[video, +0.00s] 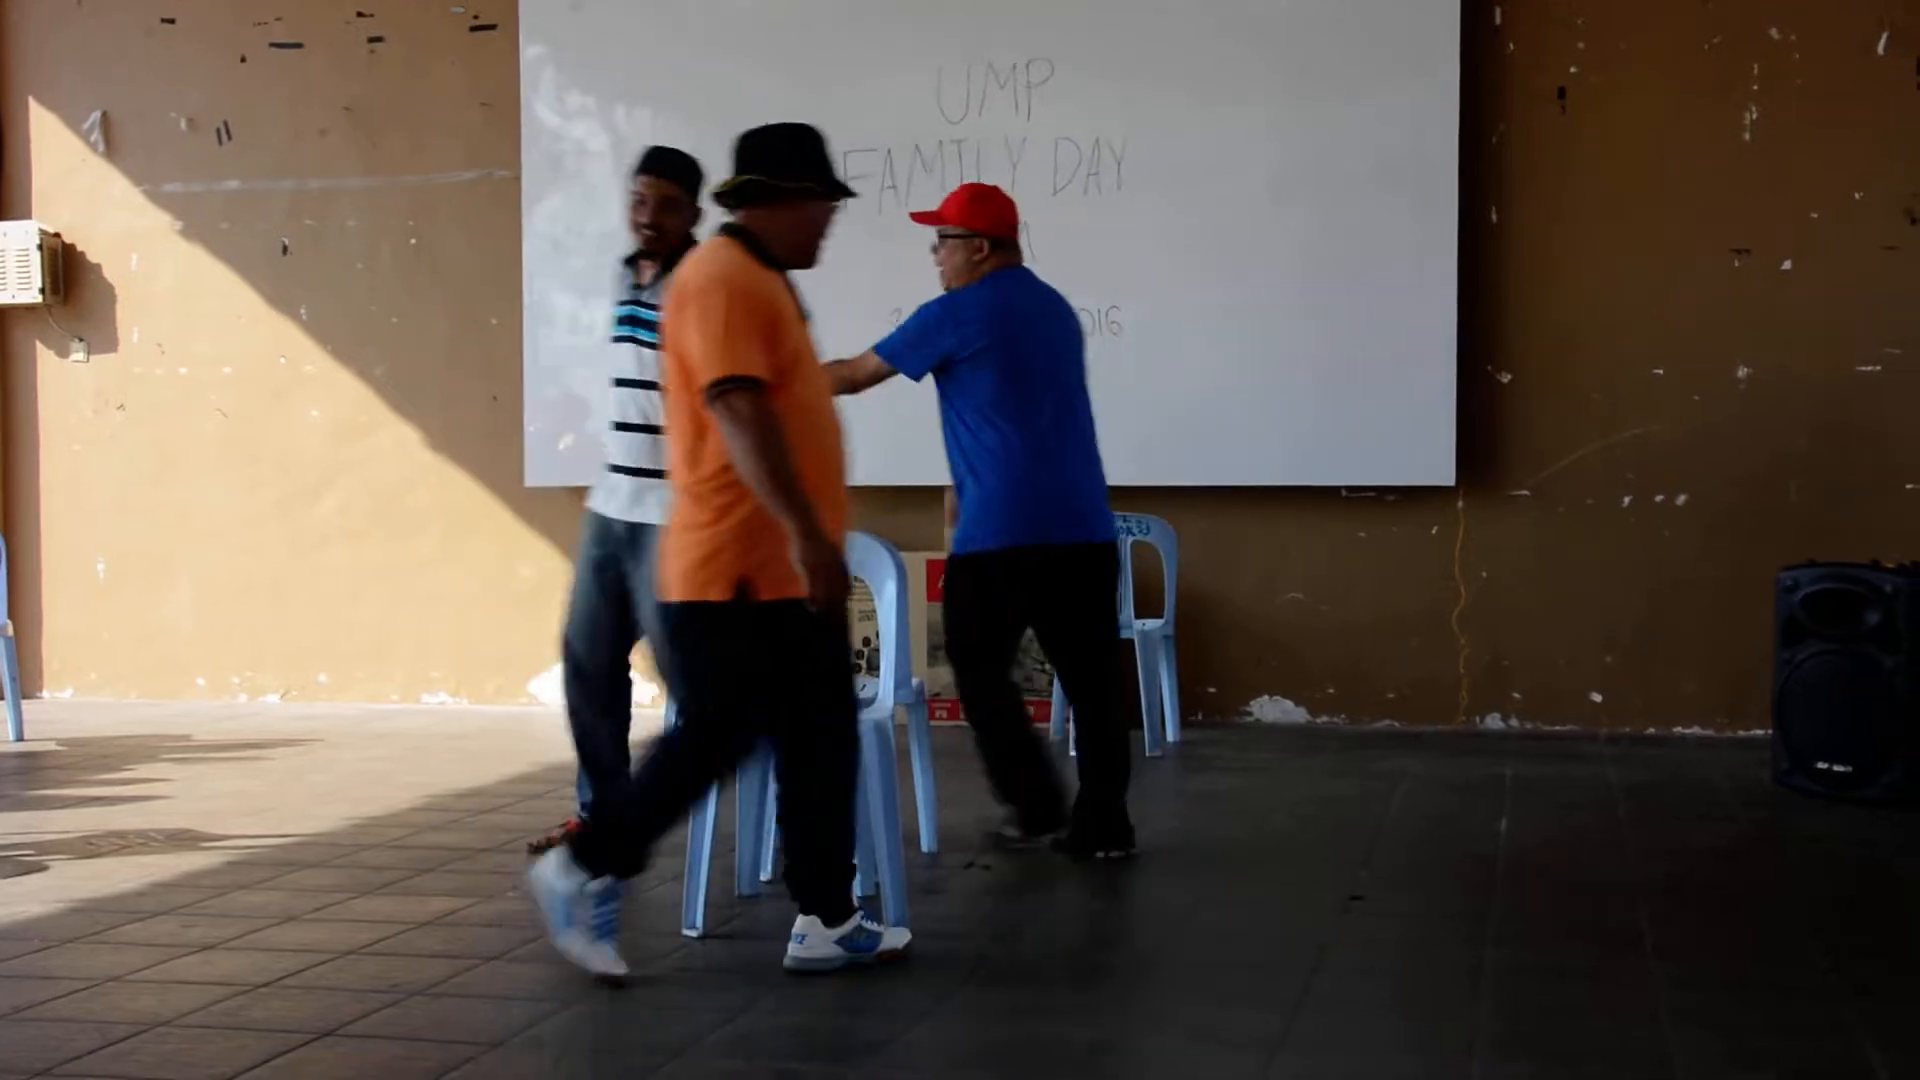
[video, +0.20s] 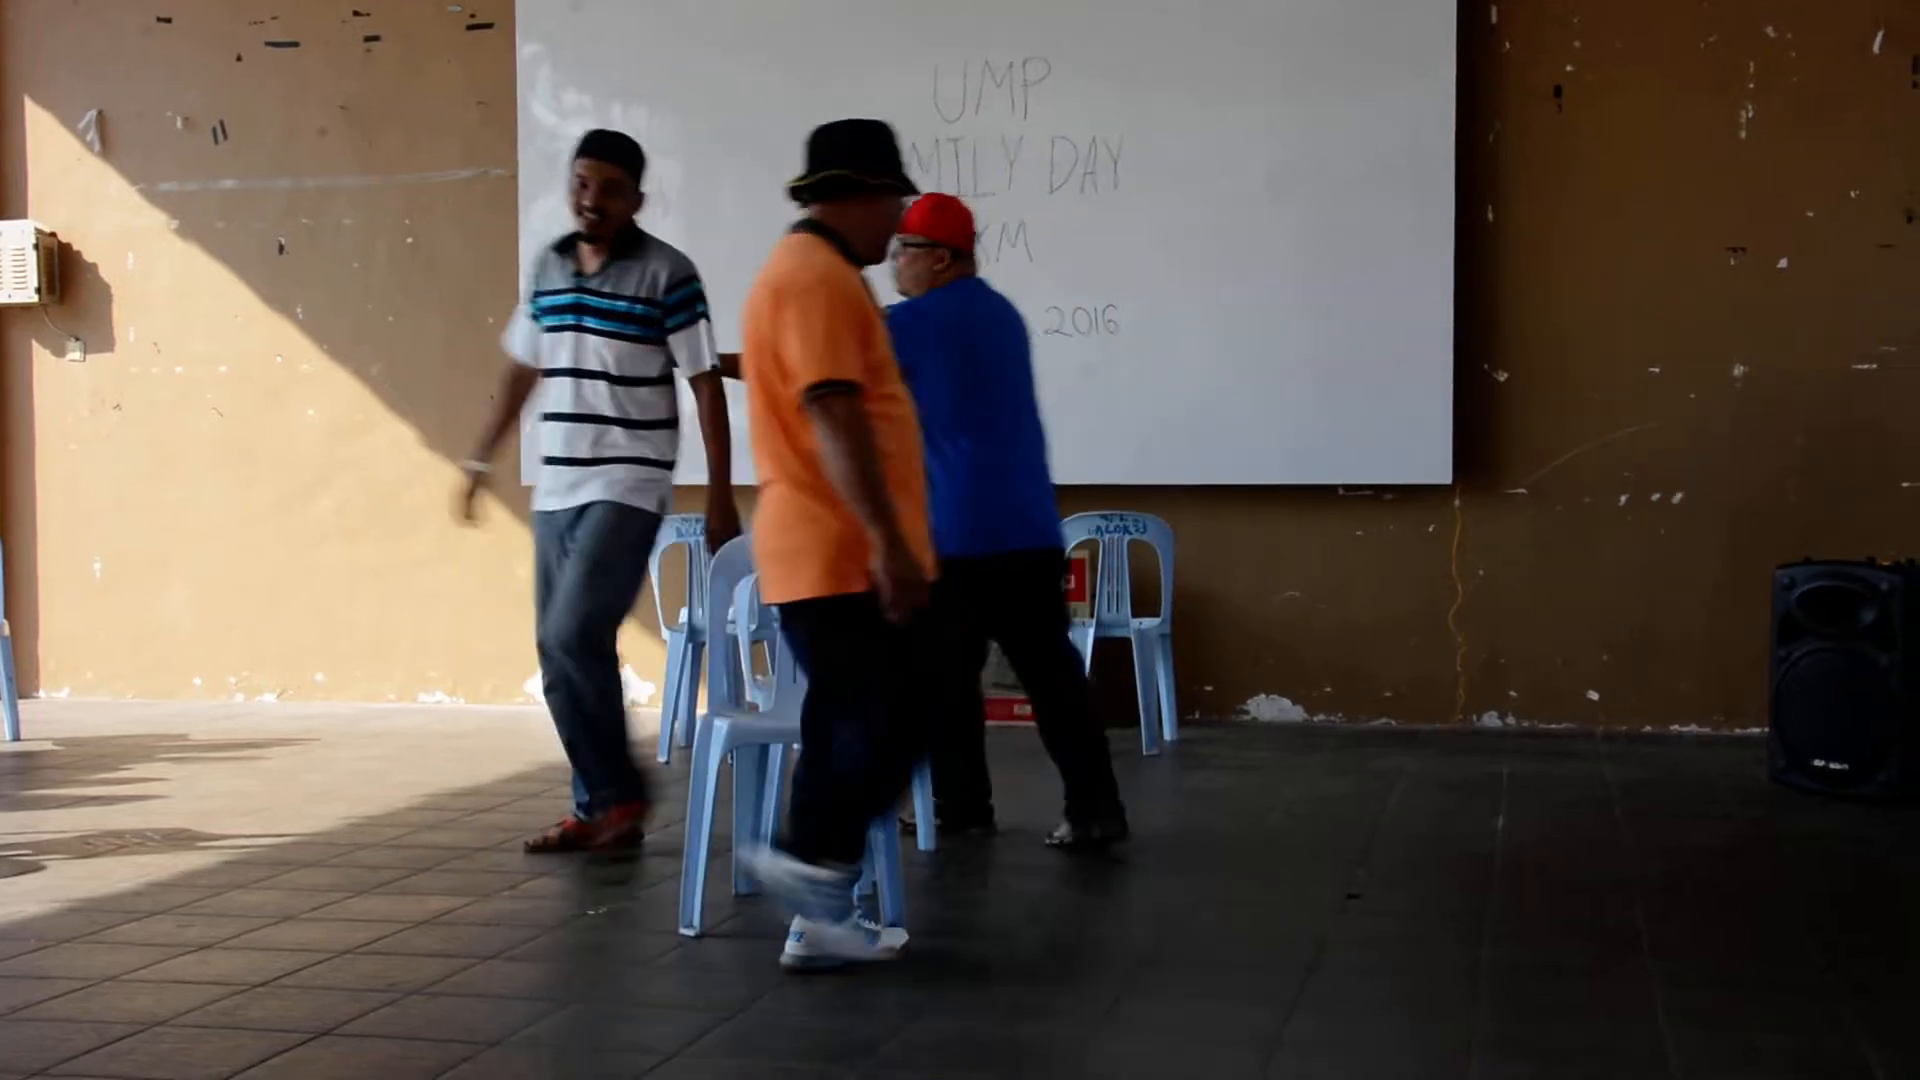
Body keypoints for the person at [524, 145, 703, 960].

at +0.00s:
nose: (645, 215)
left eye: (662, 204)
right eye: (639, 201)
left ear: (692, 212)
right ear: (628, 204)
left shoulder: (701, 285)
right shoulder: (628, 278)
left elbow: (714, 386)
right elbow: (631, 385)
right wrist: (615, 473)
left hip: (671, 514)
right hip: (609, 502)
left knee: (694, 683)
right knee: (588, 661)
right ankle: (606, 819)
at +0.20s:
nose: (590, 200)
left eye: (607, 189)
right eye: (581, 185)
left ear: (636, 196)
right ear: (569, 188)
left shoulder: (667, 273)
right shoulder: (549, 267)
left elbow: (706, 386)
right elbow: (523, 366)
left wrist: (721, 492)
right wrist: (481, 455)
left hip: (630, 484)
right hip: (557, 485)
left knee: (572, 635)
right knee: (557, 648)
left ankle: (622, 799)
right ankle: (594, 809)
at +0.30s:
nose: (565, 191)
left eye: (583, 180)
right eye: (555, 176)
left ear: (610, 191)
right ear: (542, 181)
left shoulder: (638, 269)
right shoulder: (514, 266)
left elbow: (692, 377)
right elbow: (473, 365)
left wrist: (703, 489)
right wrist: (415, 448)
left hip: (605, 484)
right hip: (533, 488)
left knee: (542, 636)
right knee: (574, 648)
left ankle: (519, 827)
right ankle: (608, 809)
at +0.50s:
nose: (503, 181)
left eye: (521, 172)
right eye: (495, 169)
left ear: (552, 191)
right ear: (477, 182)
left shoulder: (584, 277)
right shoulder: (446, 275)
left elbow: (623, 388)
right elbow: (398, 374)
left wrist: (636, 501)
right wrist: (337, 458)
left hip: (540, 503)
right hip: (463, 502)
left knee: (467, 662)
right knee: (503, 658)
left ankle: (411, 849)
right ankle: (588, 793)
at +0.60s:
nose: (479, 181)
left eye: (497, 171)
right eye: (470, 167)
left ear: (527, 187)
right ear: (452, 177)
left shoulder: (558, 276)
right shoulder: (417, 270)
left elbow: (588, 398)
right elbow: (380, 377)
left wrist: (598, 509)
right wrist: (329, 468)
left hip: (508, 502)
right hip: (427, 500)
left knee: (432, 673)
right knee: (427, 674)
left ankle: (404, 854)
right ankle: (533, 759)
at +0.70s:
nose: (461, 175)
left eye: (480, 163)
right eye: (448, 160)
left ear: (504, 178)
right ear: (427, 169)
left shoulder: (537, 266)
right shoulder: (393, 264)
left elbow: (561, 390)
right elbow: (367, 378)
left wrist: (562, 499)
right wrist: (325, 475)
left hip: (486, 510)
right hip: (395, 503)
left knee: (429, 677)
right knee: (361, 660)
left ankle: (403, 850)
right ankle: (444, 761)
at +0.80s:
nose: (443, 165)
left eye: (461, 152)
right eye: (429, 149)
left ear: (485, 165)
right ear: (406, 158)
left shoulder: (522, 252)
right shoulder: (372, 255)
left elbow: (549, 372)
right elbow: (352, 377)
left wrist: (535, 472)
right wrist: (321, 481)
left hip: (477, 510)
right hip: (376, 503)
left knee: (438, 687)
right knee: (332, 656)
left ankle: (404, 852)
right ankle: (343, 824)